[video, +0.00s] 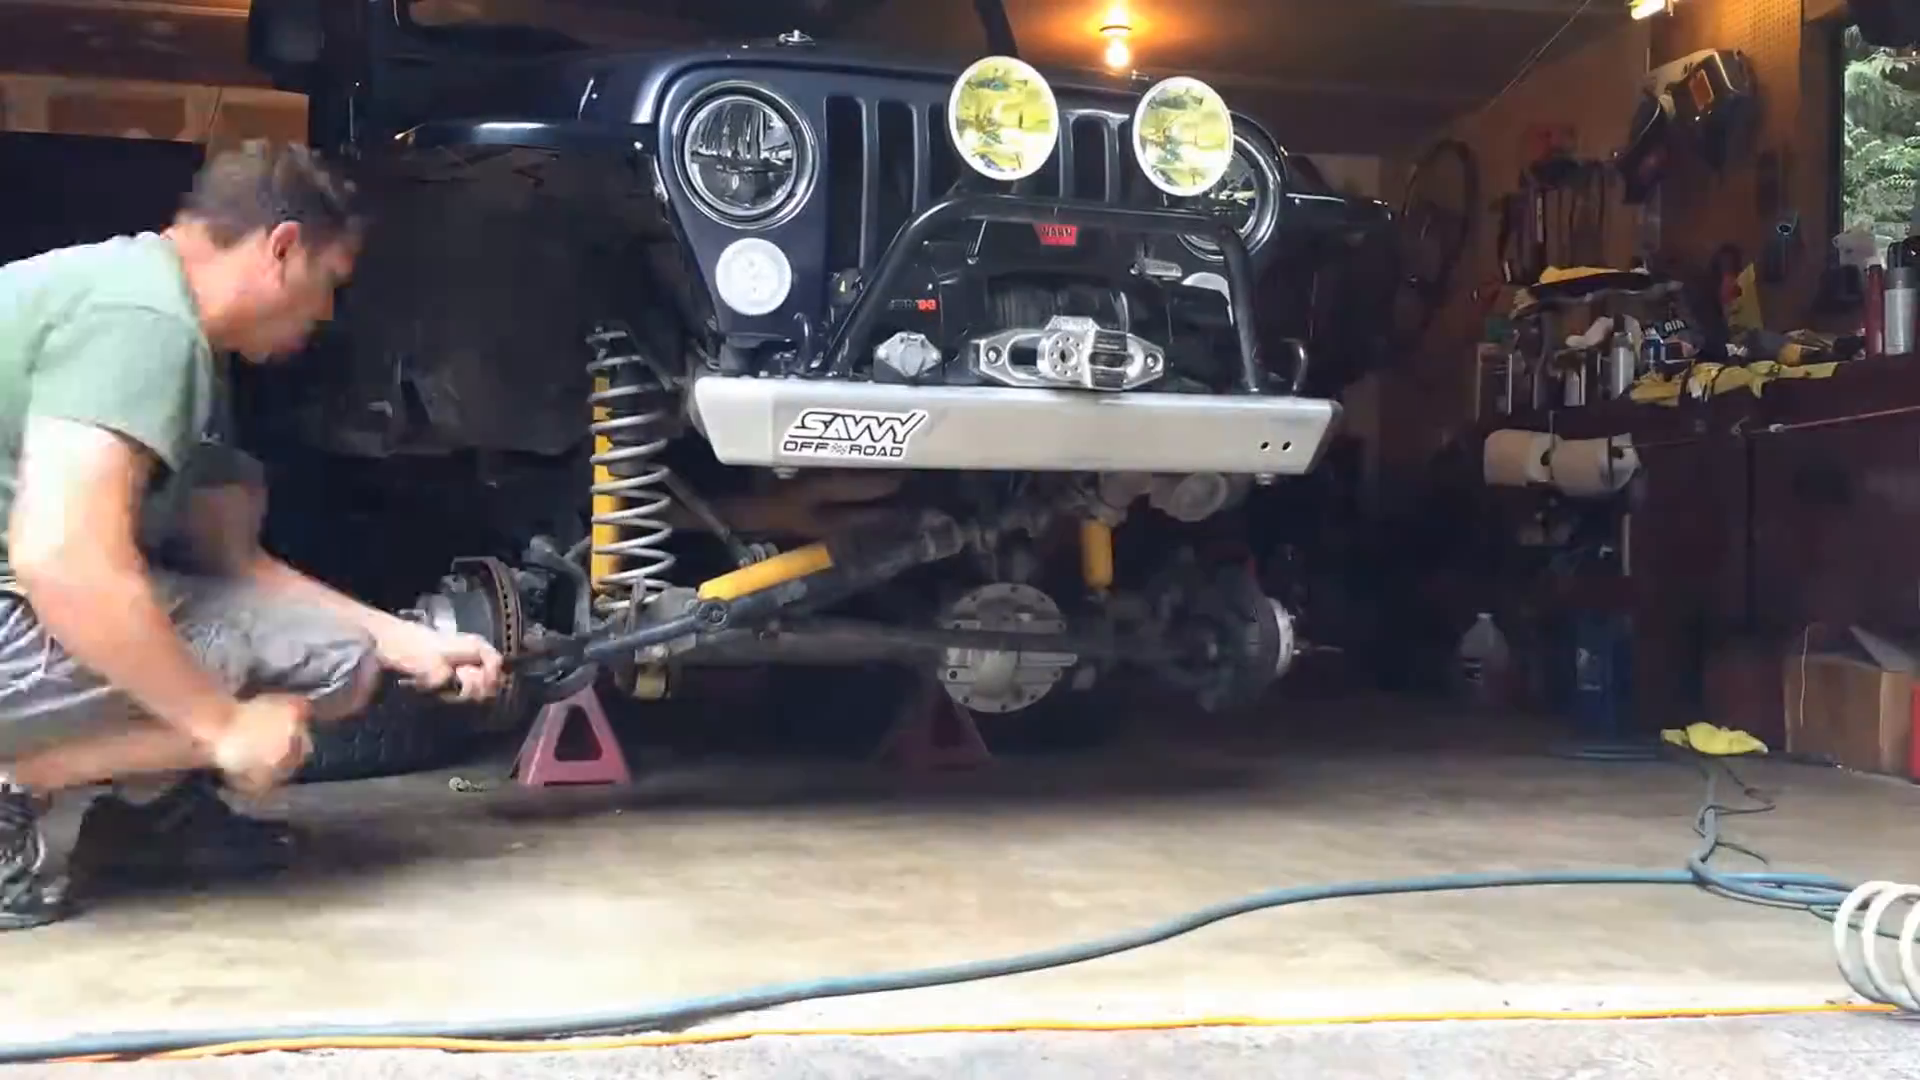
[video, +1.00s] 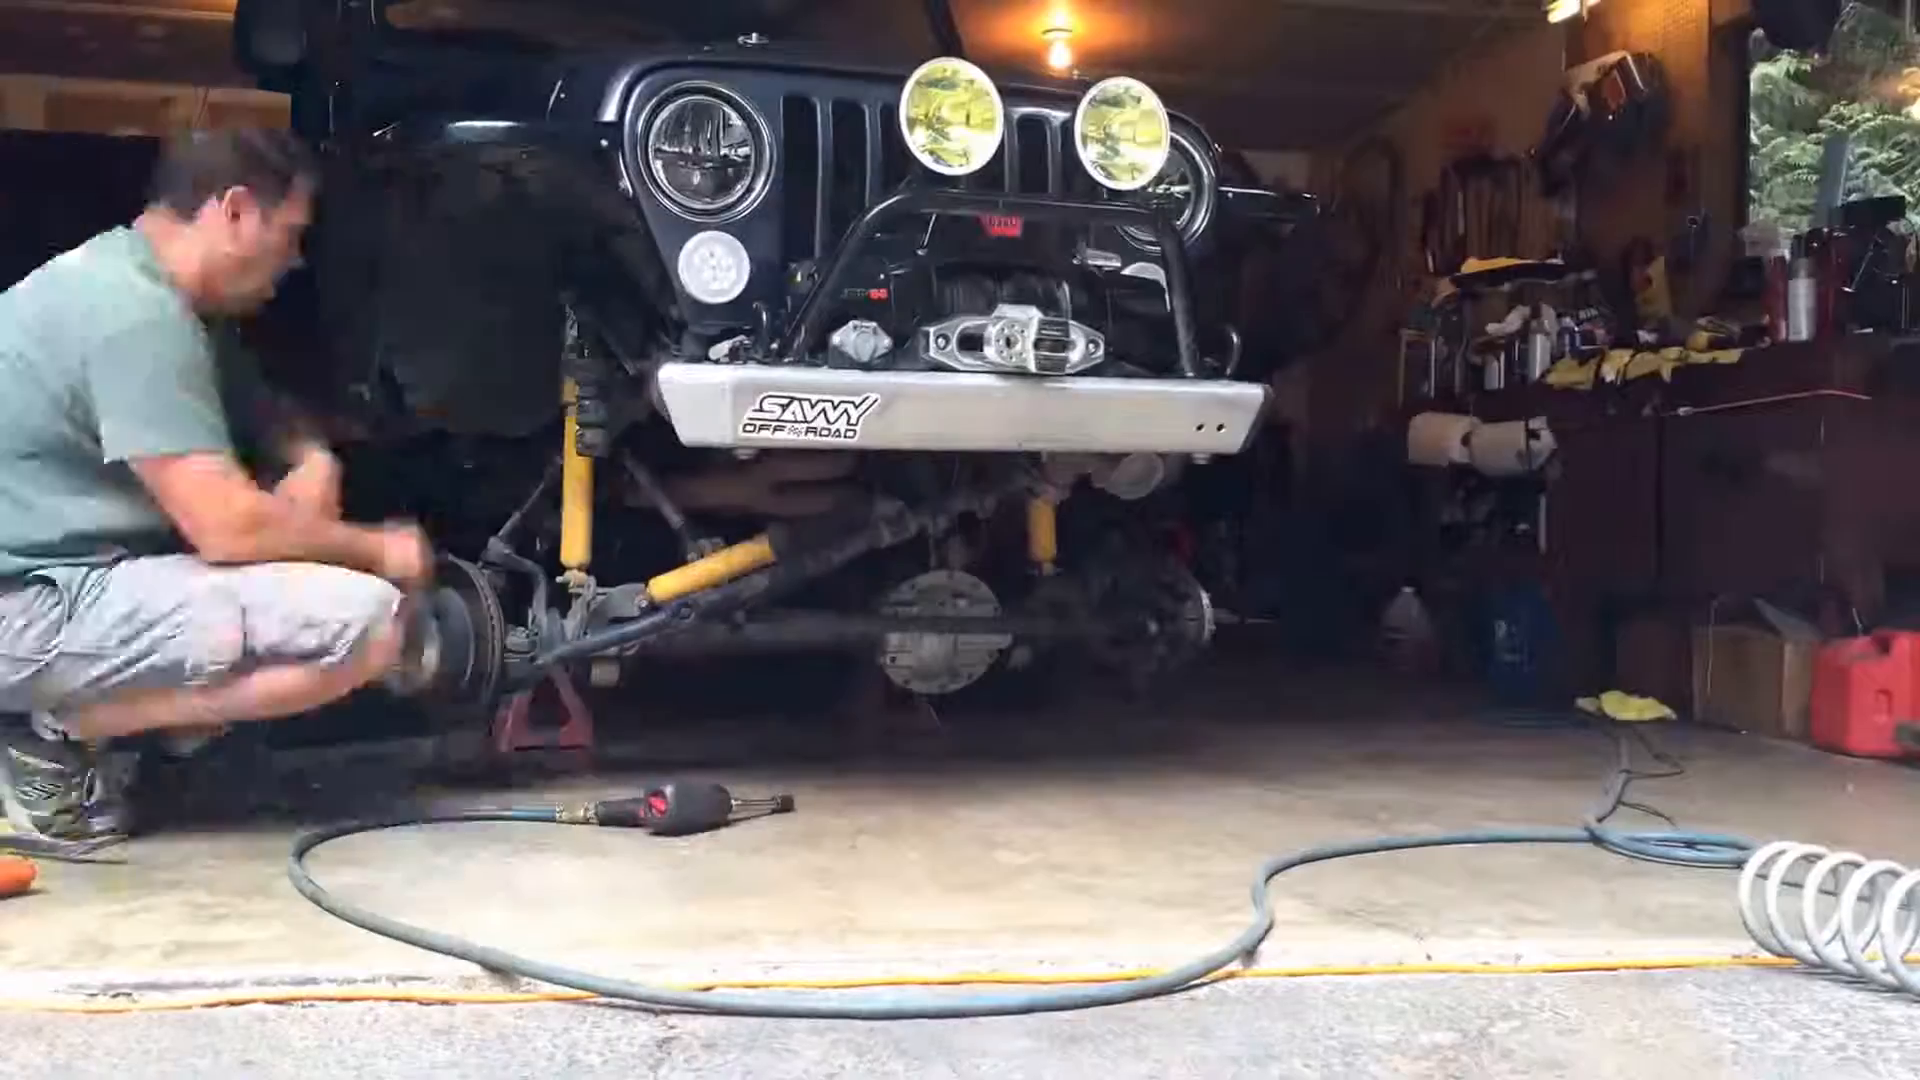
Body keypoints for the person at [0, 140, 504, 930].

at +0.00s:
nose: (326, 316)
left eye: (338, 291)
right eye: (331, 285)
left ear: (275, 248)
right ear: (280, 249)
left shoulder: (182, 338)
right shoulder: (141, 317)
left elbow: (231, 562)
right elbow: (65, 559)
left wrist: (407, 645)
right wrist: (221, 727)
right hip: (12, 647)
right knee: (338, 664)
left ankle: (145, 801)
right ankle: (22, 785)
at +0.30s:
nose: (336, 247)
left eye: (336, 226)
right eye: (325, 224)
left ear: (254, 216)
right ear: (254, 213)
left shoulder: (275, 328)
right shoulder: (105, 343)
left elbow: (330, 510)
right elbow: (91, 587)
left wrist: (365, 675)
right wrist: (225, 750)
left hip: (184, 616)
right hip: (42, 637)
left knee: (366, 809)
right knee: (351, 811)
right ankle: (53, 761)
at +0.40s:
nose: (190, 320)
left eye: (187, 297)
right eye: (164, 305)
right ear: (79, 308)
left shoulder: (188, 376)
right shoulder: (11, 397)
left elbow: (344, 471)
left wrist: (504, 486)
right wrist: (4, 778)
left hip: (104, 568)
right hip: (16, 580)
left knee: (257, 470)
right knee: (152, 606)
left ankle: (254, 748)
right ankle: (7, 714)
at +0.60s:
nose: (173, 105)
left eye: (137, 81)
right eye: (145, 95)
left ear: (136, 23)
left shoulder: (237, 18)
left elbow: (364, 257)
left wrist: (338, 421)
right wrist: (345, 448)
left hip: (579, 171)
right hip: (721, 163)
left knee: (363, 480)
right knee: (532, 506)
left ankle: (506, 826)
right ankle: (730, 780)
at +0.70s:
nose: (404, 164)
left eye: (415, 137)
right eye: (407, 130)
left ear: (258, 80)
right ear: (345, 94)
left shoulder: (108, 184)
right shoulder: (316, 239)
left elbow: (180, 414)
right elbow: (341, 536)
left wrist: (392, 424)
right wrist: (455, 482)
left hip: (29, 675)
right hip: (168, 677)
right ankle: (209, 791)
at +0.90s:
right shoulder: (226, 233)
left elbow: (348, 540)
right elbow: (298, 132)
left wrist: (496, 444)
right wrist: (404, 135)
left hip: (101, 672)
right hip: (262, 635)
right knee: (518, 660)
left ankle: (161, 768)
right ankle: (295, 748)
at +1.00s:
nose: (293, 261)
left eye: (298, 240)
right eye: (290, 235)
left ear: (233, 214)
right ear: (234, 212)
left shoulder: (153, 291)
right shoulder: (135, 317)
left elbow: (265, 418)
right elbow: (228, 528)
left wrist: (311, 469)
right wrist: (376, 549)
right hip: (33, 608)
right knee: (361, 626)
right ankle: (60, 735)